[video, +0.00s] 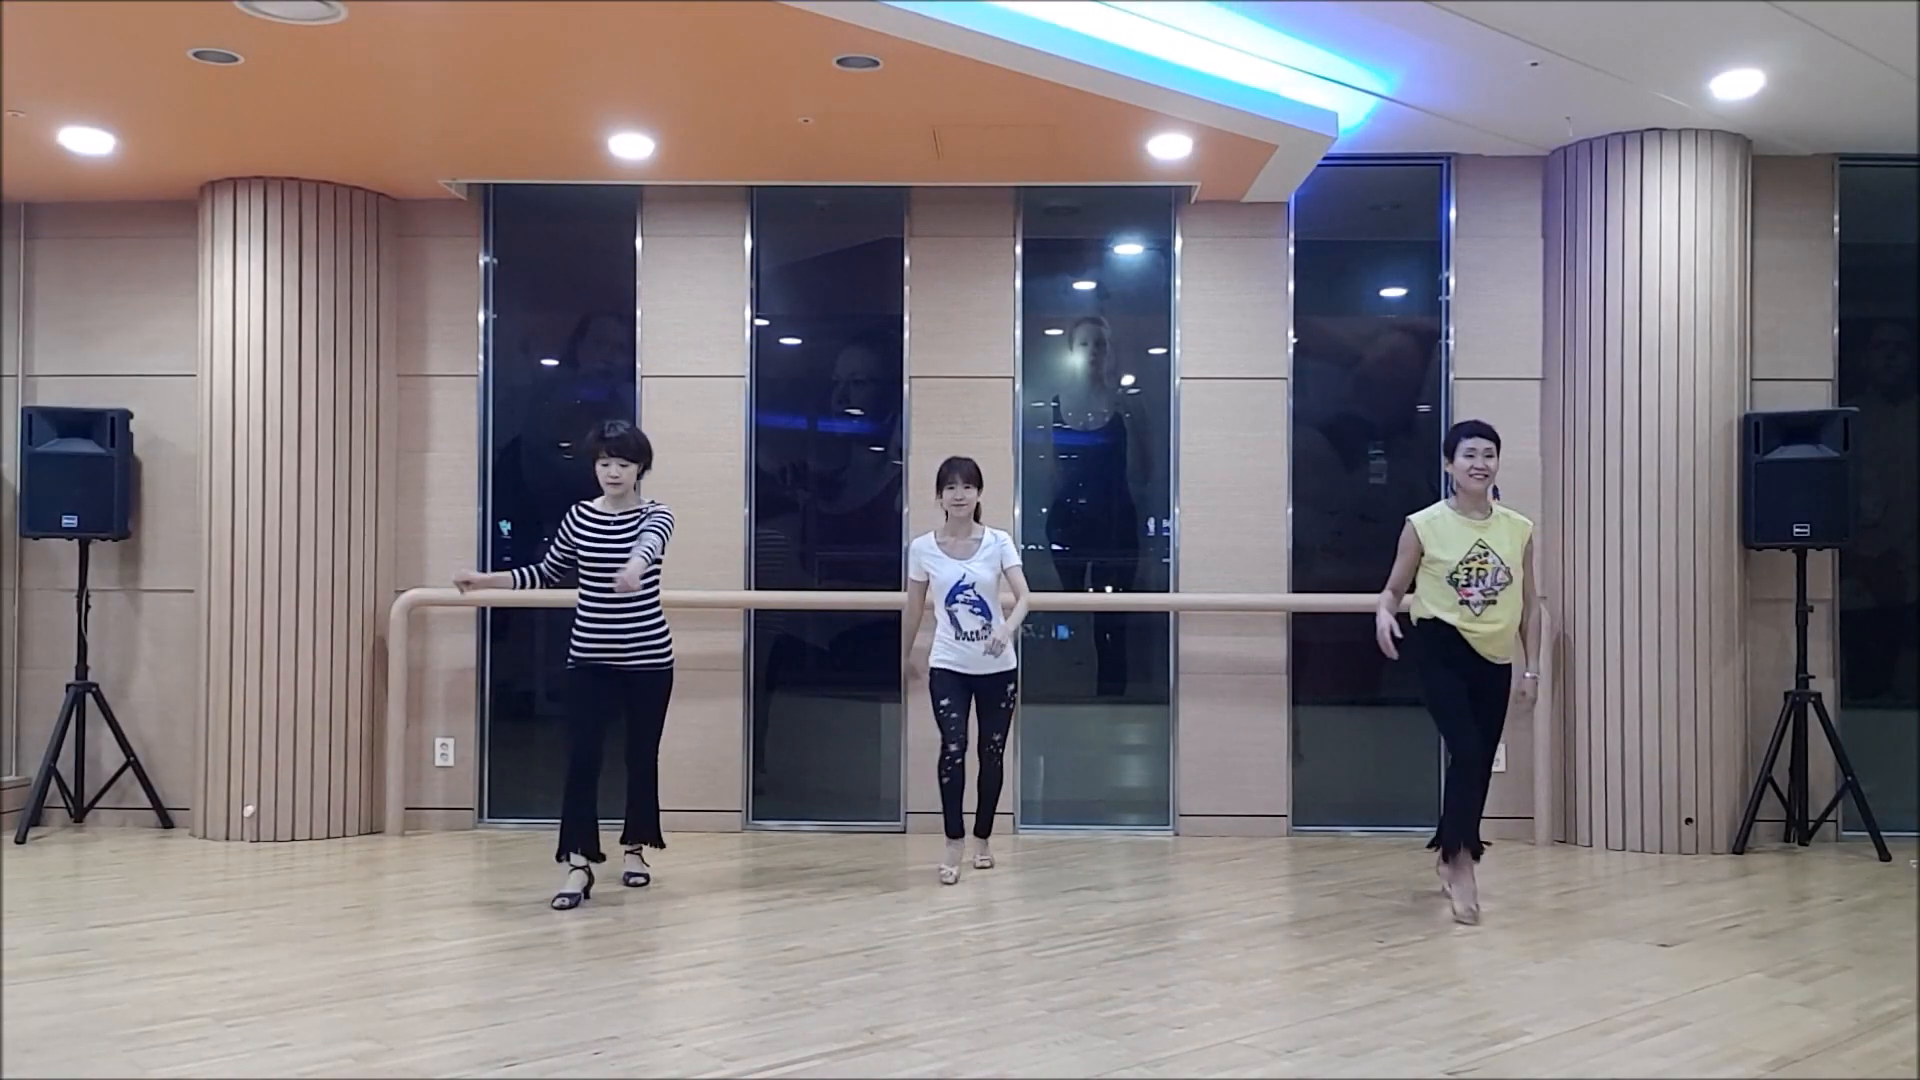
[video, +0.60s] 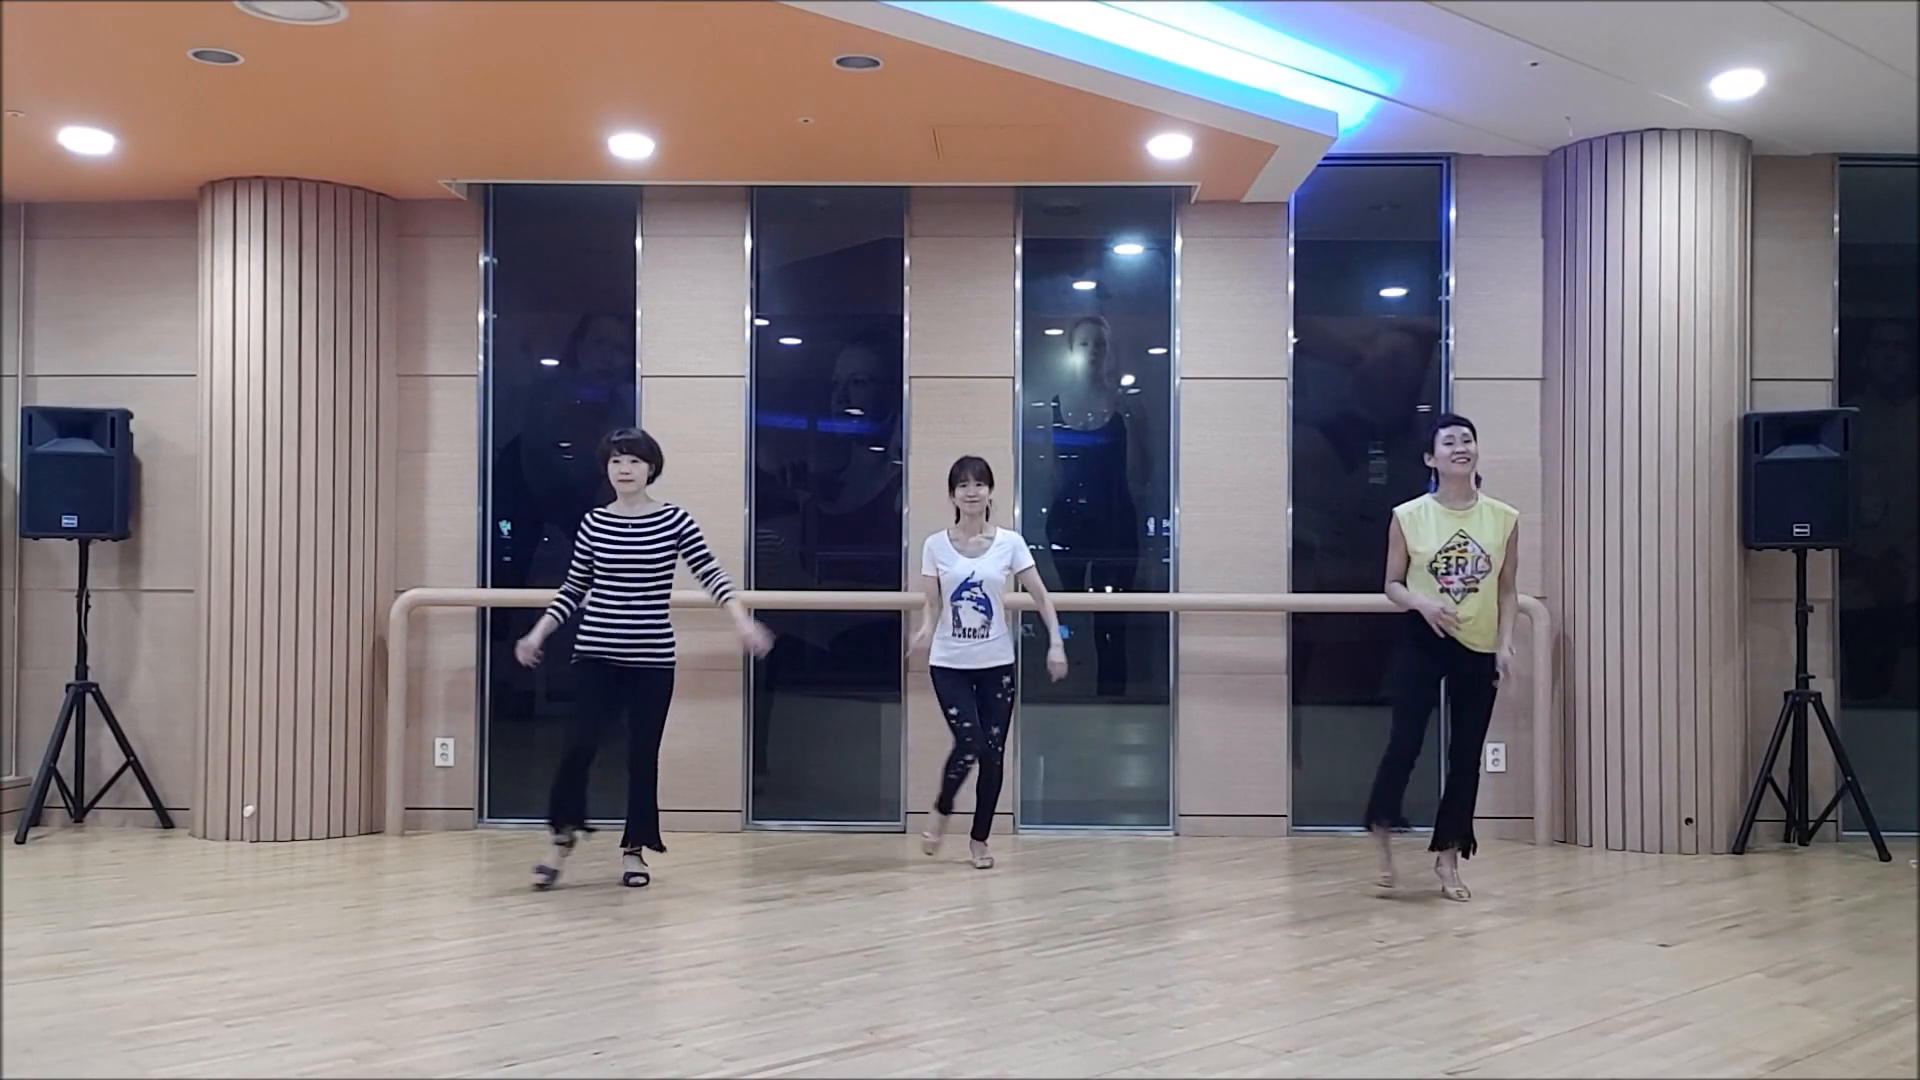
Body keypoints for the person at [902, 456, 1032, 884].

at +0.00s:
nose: (959, 494)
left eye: (967, 486)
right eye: (950, 487)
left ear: (979, 493)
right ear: (939, 494)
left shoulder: (999, 543)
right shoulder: (923, 548)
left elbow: (1024, 597)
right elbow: (914, 606)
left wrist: (1008, 628)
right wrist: (905, 653)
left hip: (997, 665)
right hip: (948, 664)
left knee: (992, 753)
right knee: (952, 751)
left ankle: (982, 839)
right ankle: (953, 843)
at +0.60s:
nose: (972, 491)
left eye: (979, 484)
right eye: (964, 485)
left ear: (990, 490)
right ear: (952, 492)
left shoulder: (1010, 543)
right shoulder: (935, 545)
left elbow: (1041, 595)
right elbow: (931, 602)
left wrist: (1056, 643)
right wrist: (925, 630)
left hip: (997, 663)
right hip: (948, 663)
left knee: (993, 752)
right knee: (970, 744)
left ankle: (980, 839)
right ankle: (940, 812)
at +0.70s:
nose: (972, 490)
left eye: (979, 482)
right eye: (963, 484)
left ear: (991, 489)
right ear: (952, 492)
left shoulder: (1012, 539)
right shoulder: (939, 543)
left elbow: (1048, 590)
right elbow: (938, 604)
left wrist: (1072, 634)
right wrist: (955, 604)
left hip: (994, 663)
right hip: (946, 659)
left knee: (988, 754)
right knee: (928, 743)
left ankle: (978, 841)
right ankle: (894, 819)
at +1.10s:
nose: (976, 492)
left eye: (983, 485)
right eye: (967, 486)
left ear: (994, 493)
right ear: (955, 494)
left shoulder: (1008, 545)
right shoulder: (937, 543)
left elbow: (1030, 602)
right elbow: (928, 594)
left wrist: (1034, 648)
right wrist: (921, 617)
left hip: (1000, 662)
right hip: (952, 664)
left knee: (999, 751)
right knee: (985, 745)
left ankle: (982, 839)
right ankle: (964, 822)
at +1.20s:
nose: (977, 490)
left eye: (983, 483)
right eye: (968, 484)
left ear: (994, 491)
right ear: (956, 492)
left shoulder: (1008, 544)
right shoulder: (937, 541)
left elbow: (1021, 600)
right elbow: (928, 585)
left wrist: (1023, 639)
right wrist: (910, 606)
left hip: (1000, 663)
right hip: (953, 664)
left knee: (996, 752)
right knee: (967, 748)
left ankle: (980, 839)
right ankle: (941, 814)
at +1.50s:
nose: (981, 488)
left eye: (988, 482)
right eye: (973, 482)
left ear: (1000, 490)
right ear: (961, 490)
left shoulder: (1016, 543)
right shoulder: (943, 540)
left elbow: (1039, 595)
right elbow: (932, 599)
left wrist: (1055, 634)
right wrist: (944, 597)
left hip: (996, 664)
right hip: (947, 659)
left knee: (988, 752)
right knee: (915, 745)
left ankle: (978, 841)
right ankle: (888, 831)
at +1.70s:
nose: (995, 490)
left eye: (1002, 484)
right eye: (987, 484)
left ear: (1015, 492)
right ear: (976, 492)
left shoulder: (1031, 541)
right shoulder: (961, 540)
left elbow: (1069, 592)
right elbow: (957, 595)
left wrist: (1105, 636)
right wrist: (989, 578)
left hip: (1015, 662)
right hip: (968, 658)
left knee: (998, 754)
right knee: (929, 744)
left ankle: (978, 840)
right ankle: (909, 822)